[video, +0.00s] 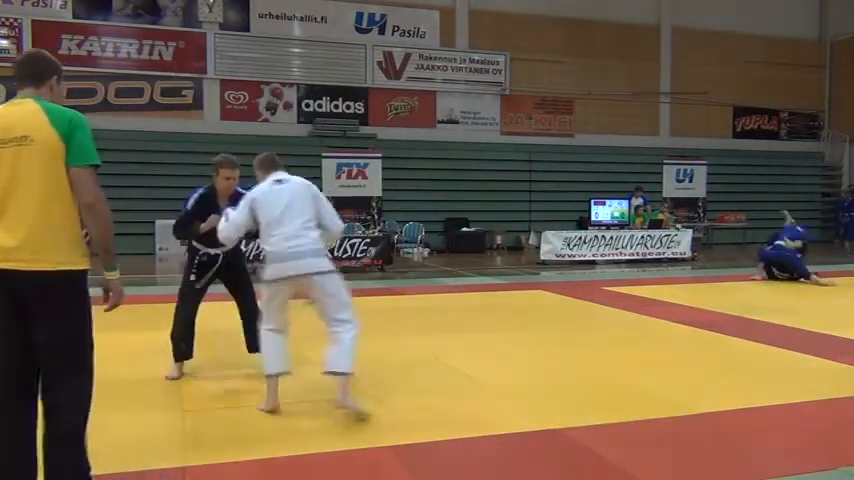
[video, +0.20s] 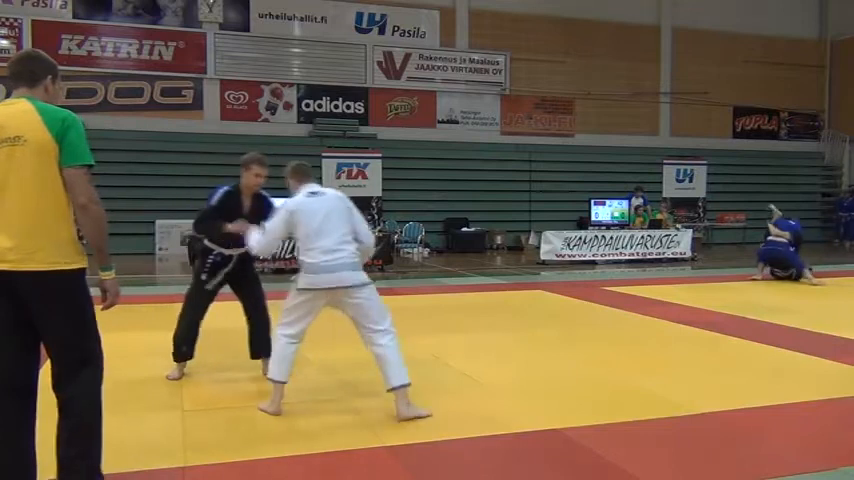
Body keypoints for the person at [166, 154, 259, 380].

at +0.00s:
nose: (232, 184)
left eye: (235, 179)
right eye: (227, 179)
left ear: (239, 178)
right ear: (215, 178)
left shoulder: (245, 199)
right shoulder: (200, 198)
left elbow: (257, 229)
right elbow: (179, 231)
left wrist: (235, 226)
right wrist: (203, 227)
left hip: (232, 256)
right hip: (201, 256)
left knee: (248, 301)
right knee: (186, 306)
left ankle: (260, 352)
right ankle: (178, 362)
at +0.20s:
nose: (259, 181)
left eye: (263, 177)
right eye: (256, 176)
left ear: (265, 179)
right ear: (243, 173)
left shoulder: (264, 204)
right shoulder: (225, 196)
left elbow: (273, 230)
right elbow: (201, 225)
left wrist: (254, 233)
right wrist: (229, 228)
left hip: (242, 259)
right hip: (214, 257)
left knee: (258, 307)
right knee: (193, 307)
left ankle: (266, 361)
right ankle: (180, 363)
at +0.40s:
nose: (288, 181)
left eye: (292, 176)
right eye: (285, 174)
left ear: (294, 178)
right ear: (272, 172)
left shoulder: (289, 204)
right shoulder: (252, 194)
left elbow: (297, 230)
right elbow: (224, 219)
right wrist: (244, 231)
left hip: (259, 256)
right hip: (233, 253)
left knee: (275, 309)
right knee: (222, 306)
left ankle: (271, 361)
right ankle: (195, 358)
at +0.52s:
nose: (299, 180)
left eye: (302, 176)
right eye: (296, 174)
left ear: (302, 174)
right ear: (282, 168)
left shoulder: (294, 196)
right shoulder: (264, 186)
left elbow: (294, 225)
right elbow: (250, 215)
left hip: (262, 250)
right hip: (239, 247)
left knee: (274, 301)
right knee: (232, 302)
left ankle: (273, 360)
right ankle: (215, 365)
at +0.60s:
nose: (304, 180)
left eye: (307, 175)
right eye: (302, 173)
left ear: (301, 172)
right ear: (287, 167)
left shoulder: (294, 195)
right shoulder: (265, 185)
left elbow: (299, 224)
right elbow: (275, 219)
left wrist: (311, 242)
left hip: (266, 249)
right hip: (240, 247)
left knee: (274, 300)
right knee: (235, 303)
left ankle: (276, 353)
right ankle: (222, 366)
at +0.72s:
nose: (306, 185)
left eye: (308, 180)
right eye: (303, 179)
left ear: (303, 178)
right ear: (289, 174)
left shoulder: (292, 200)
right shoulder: (269, 193)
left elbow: (298, 231)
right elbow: (276, 238)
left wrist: (315, 253)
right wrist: (297, 264)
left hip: (259, 252)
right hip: (236, 250)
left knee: (270, 305)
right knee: (237, 306)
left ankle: (276, 353)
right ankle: (214, 363)